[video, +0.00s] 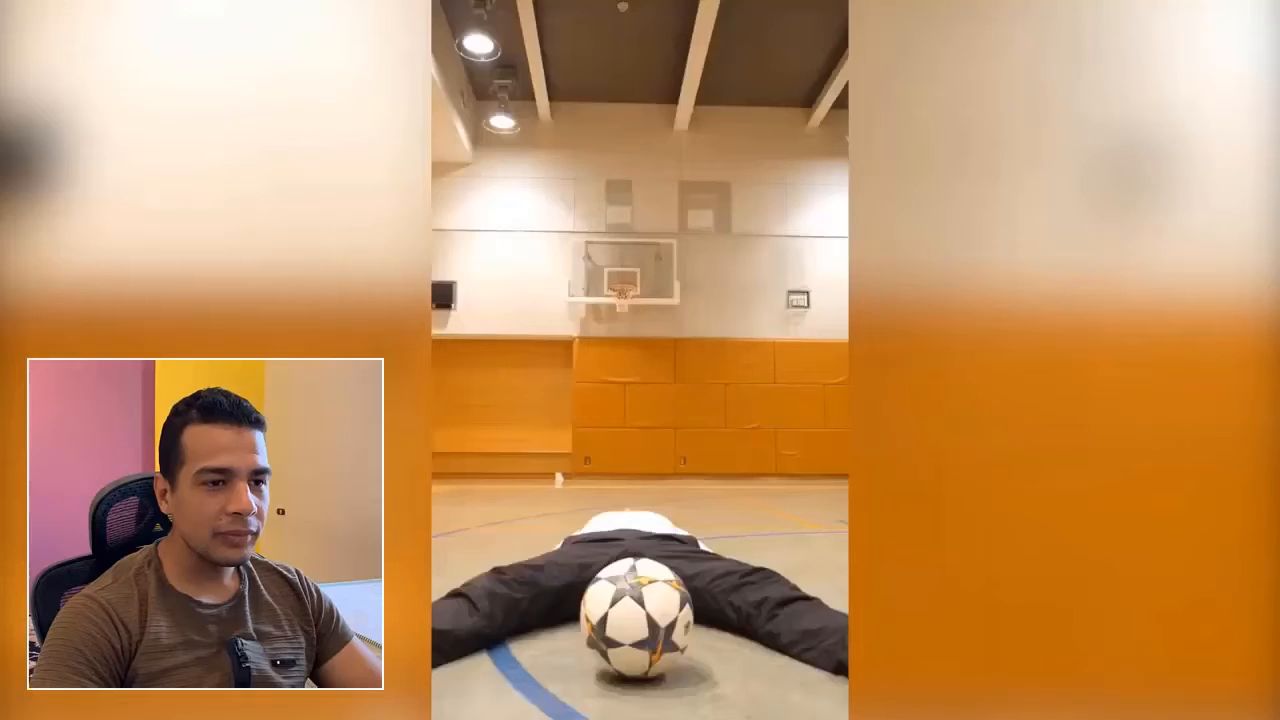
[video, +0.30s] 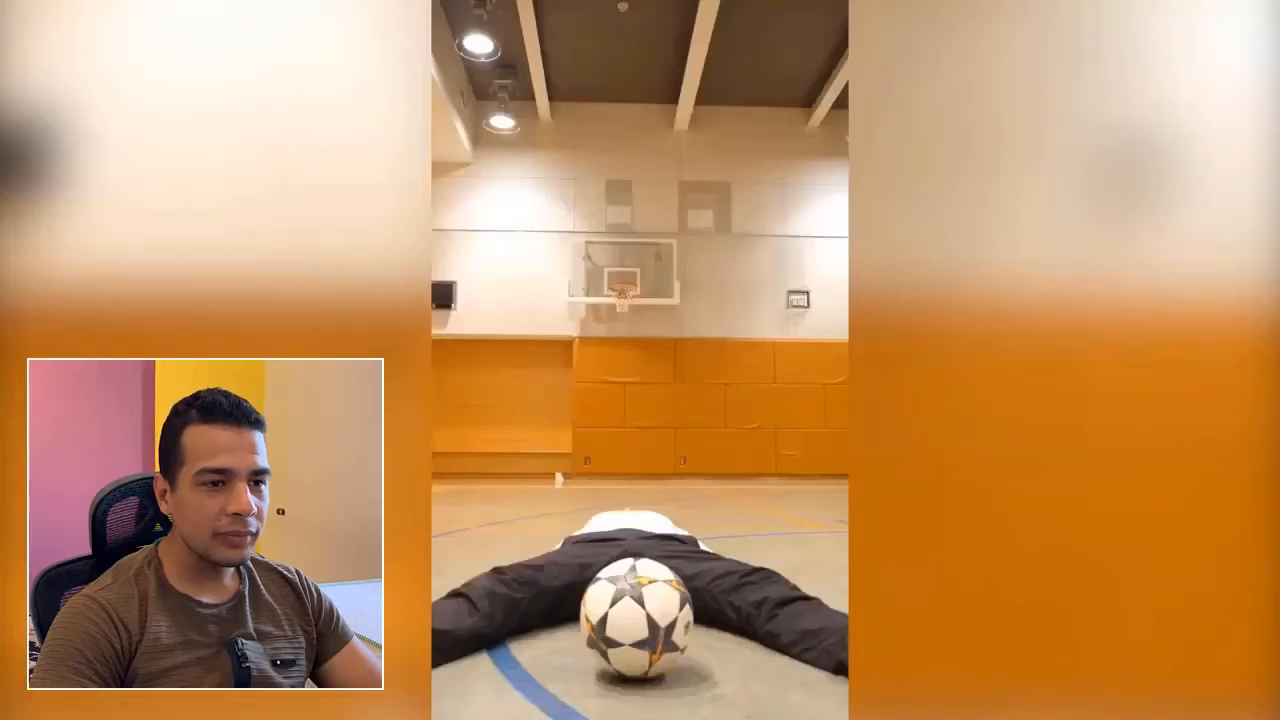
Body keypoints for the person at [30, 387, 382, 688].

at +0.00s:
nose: (245, 505)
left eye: (257, 481)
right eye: (216, 483)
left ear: (268, 488)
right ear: (166, 496)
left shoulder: (297, 597)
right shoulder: (100, 618)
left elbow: (385, 700)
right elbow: (52, 705)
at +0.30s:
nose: (244, 505)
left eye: (257, 482)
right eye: (215, 483)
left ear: (268, 488)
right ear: (165, 496)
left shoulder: (297, 597)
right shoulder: (100, 618)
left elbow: (385, 700)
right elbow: (52, 705)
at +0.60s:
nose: (241, 504)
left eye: (253, 480)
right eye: (211, 482)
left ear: (265, 485)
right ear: (163, 493)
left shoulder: (297, 596)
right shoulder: (98, 619)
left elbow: (388, 699)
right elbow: (51, 710)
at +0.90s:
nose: (237, 501)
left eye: (249, 476)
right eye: (207, 479)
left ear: (261, 482)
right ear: (160, 493)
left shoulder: (296, 596)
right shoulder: (98, 618)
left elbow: (386, 700)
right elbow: (50, 711)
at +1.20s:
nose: (238, 501)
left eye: (250, 477)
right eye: (207, 479)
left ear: (262, 484)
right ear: (160, 497)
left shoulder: (298, 596)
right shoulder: (97, 620)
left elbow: (391, 697)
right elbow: (47, 710)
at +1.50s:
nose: (239, 507)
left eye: (252, 482)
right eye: (209, 485)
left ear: (265, 488)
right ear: (160, 499)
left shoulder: (297, 597)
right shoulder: (98, 620)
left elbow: (391, 695)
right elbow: (69, 707)